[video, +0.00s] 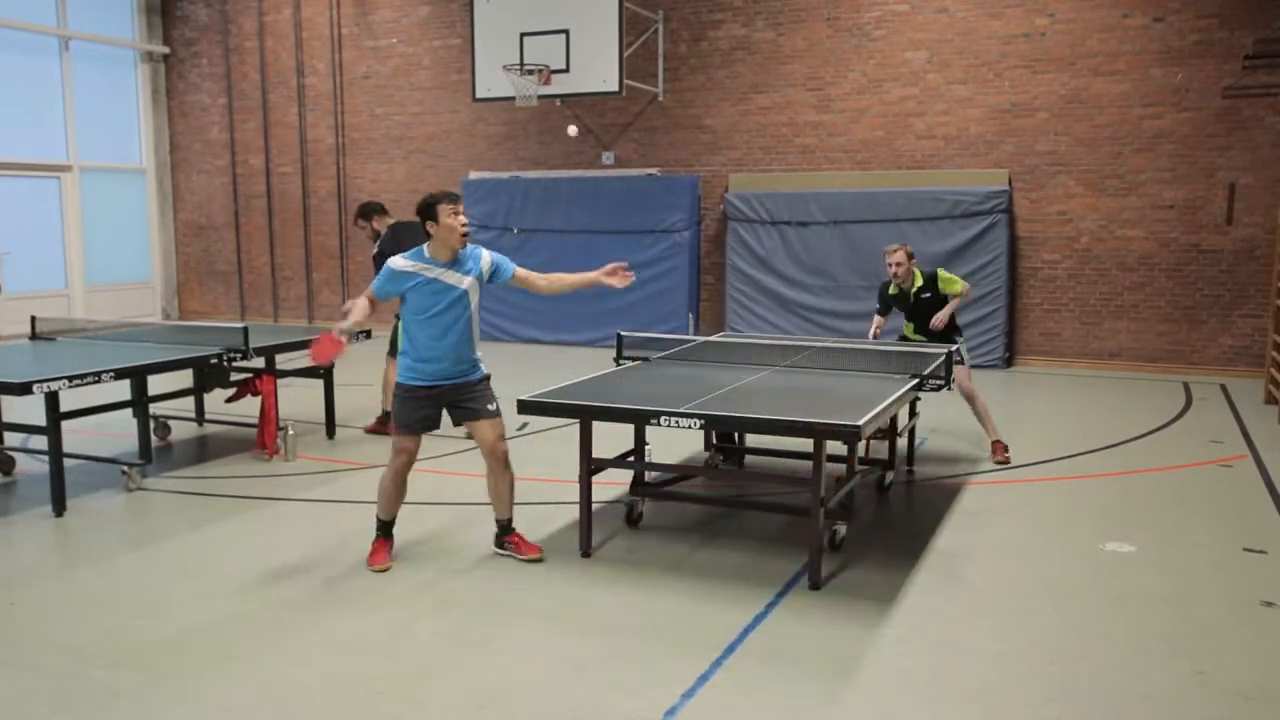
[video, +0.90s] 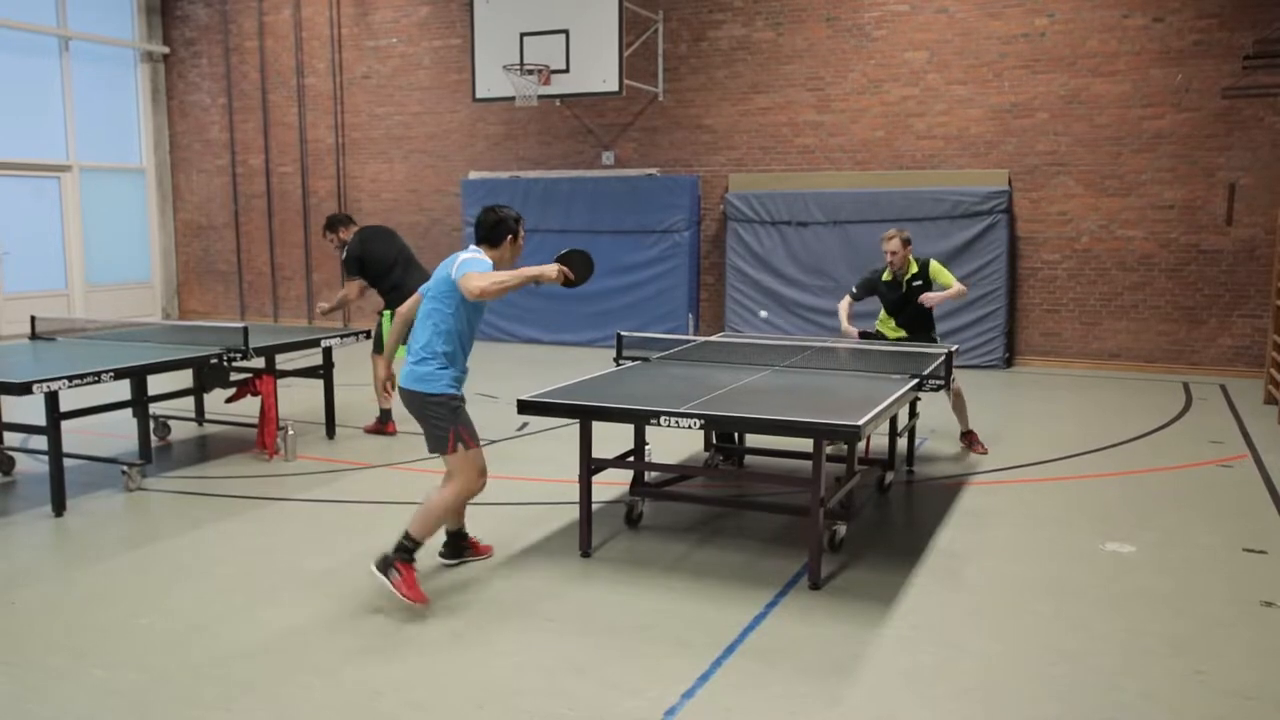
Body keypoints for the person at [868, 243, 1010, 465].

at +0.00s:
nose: (893, 271)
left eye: (898, 265)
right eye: (890, 266)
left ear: (912, 264)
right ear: (886, 267)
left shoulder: (934, 278)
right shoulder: (888, 290)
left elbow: (965, 290)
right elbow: (881, 314)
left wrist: (946, 311)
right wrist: (876, 326)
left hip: (947, 339)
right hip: (912, 339)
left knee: (965, 387)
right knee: (889, 378)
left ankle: (996, 442)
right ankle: (887, 425)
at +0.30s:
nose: (886, 236)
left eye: (891, 231)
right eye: (882, 231)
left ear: (905, 231)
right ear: (878, 234)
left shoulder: (926, 249)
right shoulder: (876, 261)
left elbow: (950, 267)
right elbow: (866, 290)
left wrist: (933, 286)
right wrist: (864, 302)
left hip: (928, 322)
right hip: (895, 324)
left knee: (951, 374)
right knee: (874, 368)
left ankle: (962, 430)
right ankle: (887, 417)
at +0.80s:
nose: (891, 240)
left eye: (896, 234)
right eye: (887, 235)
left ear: (910, 233)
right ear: (884, 236)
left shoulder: (929, 253)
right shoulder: (878, 259)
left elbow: (960, 280)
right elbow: (851, 290)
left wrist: (933, 287)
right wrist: (852, 311)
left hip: (923, 329)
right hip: (887, 328)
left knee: (949, 381)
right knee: (869, 380)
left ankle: (967, 433)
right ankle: (854, 431)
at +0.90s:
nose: (889, 259)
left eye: (894, 253)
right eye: (886, 253)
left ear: (908, 250)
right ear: (883, 253)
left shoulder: (927, 267)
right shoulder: (878, 278)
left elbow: (960, 289)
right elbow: (844, 302)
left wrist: (940, 296)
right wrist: (845, 326)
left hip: (923, 340)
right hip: (886, 339)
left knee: (953, 386)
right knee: (856, 380)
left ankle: (966, 433)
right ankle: (845, 429)